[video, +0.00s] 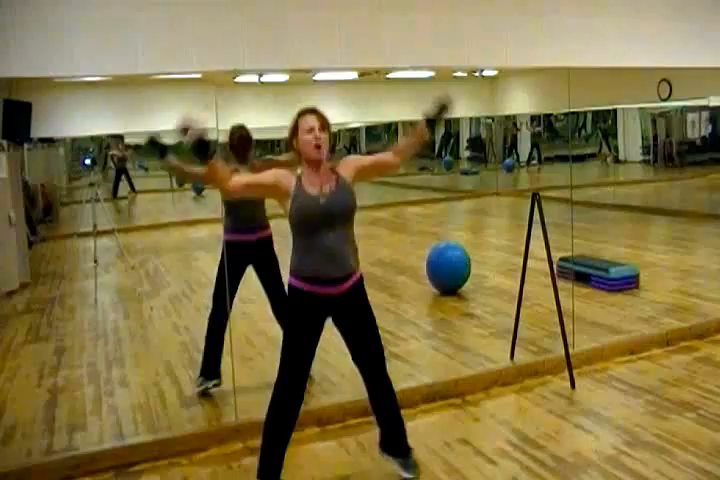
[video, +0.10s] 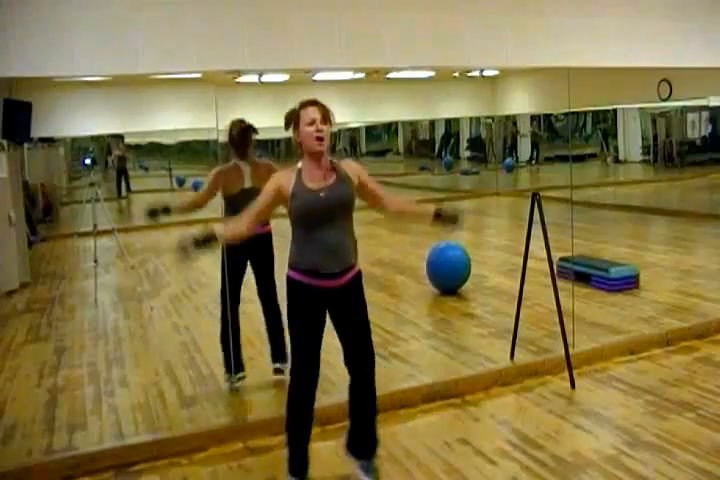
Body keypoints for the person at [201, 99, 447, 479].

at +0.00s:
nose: (316, 136)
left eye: (321, 129)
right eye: (308, 131)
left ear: (329, 136)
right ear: (295, 142)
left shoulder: (347, 169)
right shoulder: (284, 180)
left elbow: (396, 156)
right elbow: (230, 184)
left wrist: (427, 125)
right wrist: (208, 157)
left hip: (350, 290)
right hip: (306, 294)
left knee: (376, 371)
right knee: (289, 385)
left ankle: (397, 447)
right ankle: (268, 473)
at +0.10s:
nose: (319, 129)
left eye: (323, 123)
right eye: (310, 124)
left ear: (331, 129)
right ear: (296, 134)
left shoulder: (349, 171)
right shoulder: (283, 180)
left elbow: (387, 202)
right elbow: (244, 224)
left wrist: (433, 210)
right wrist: (210, 232)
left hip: (347, 282)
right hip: (304, 285)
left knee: (363, 366)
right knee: (304, 372)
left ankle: (362, 449)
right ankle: (297, 465)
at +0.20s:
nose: (321, 146)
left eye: (326, 140)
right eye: (313, 141)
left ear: (333, 147)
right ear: (299, 151)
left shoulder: (344, 191)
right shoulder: (286, 199)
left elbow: (360, 248)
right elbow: (277, 255)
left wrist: (384, 293)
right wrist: (262, 299)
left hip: (348, 303)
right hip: (307, 306)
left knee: (353, 388)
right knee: (316, 389)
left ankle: (340, 460)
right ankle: (319, 467)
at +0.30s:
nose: (323, 147)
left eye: (326, 141)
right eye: (314, 142)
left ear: (334, 148)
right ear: (300, 151)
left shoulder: (347, 193)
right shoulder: (287, 198)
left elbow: (361, 252)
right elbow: (279, 261)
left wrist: (386, 295)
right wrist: (271, 316)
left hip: (347, 307)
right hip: (306, 309)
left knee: (352, 393)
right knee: (313, 393)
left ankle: (339, 461)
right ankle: (314, 468)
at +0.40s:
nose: (321, 127)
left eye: (326, 121)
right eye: (313, 122)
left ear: (334, 128)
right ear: (299, 131)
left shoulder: (350, 172)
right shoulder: (286, 178)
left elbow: (383, 212)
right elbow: (260, 226)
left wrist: (426, 215)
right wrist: (240, 246)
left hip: (347, 283)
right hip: (304, 285)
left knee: (358, 369)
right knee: (304, 377)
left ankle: (350, 451)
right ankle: (306, 464)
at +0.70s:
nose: (321, 170)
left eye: (325, 165)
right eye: (313, 165)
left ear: (333, 173)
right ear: (300, 176)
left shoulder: (343, 203)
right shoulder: (291, 210)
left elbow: (372, 154)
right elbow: (256, 166)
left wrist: (346, 110)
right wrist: (282, 117)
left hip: (353, 328)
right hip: (306, 332)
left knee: (391, 397)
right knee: (280, 414)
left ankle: (407, 461)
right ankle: (255, 477)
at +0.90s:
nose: (321, 128)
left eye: (325, 122)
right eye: (312, 124)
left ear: (333, 131)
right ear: (297, 135)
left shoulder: (349, 167)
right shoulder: (286, 175)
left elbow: (395, 177)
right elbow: (233, 197)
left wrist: (434, 161)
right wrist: (207, 178)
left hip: (348, 284)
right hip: (304, 287)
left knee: (370, 366)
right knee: (295, 378)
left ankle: (384, 449)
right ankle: (280, 470)